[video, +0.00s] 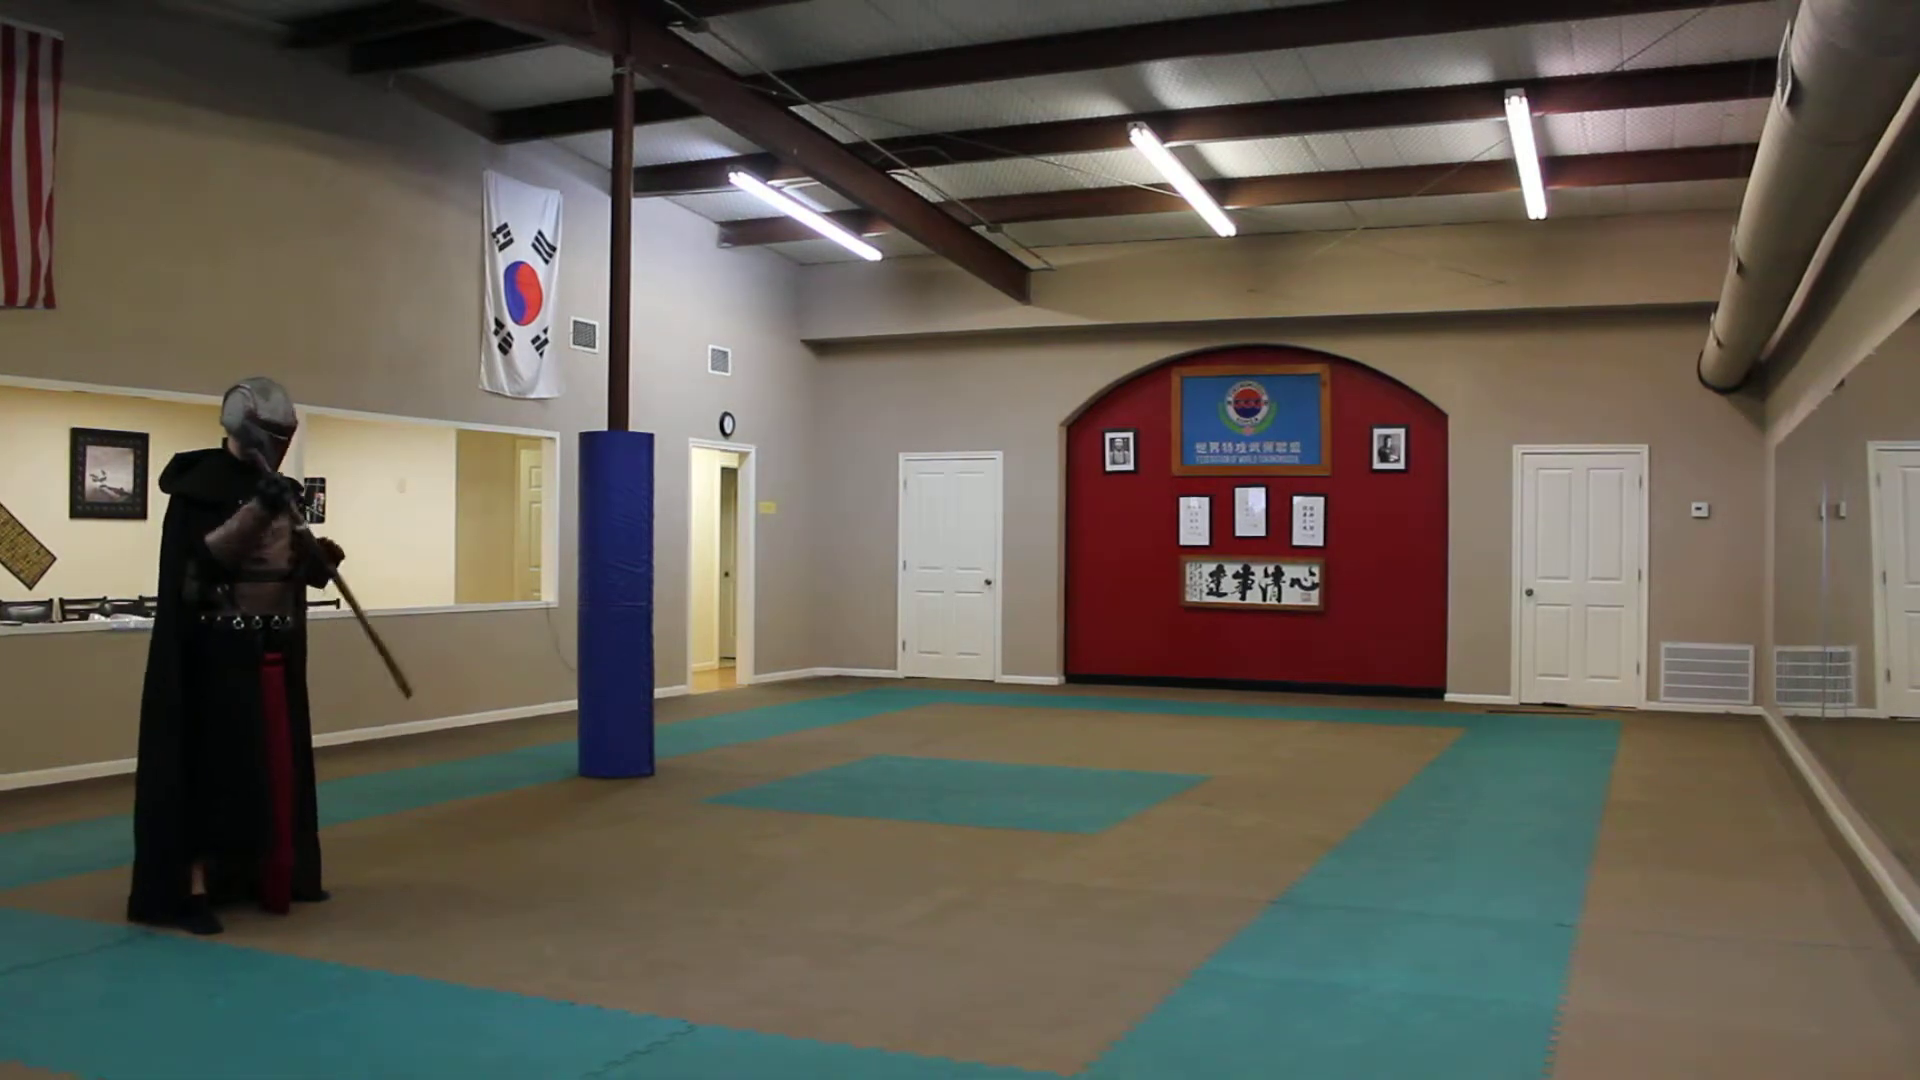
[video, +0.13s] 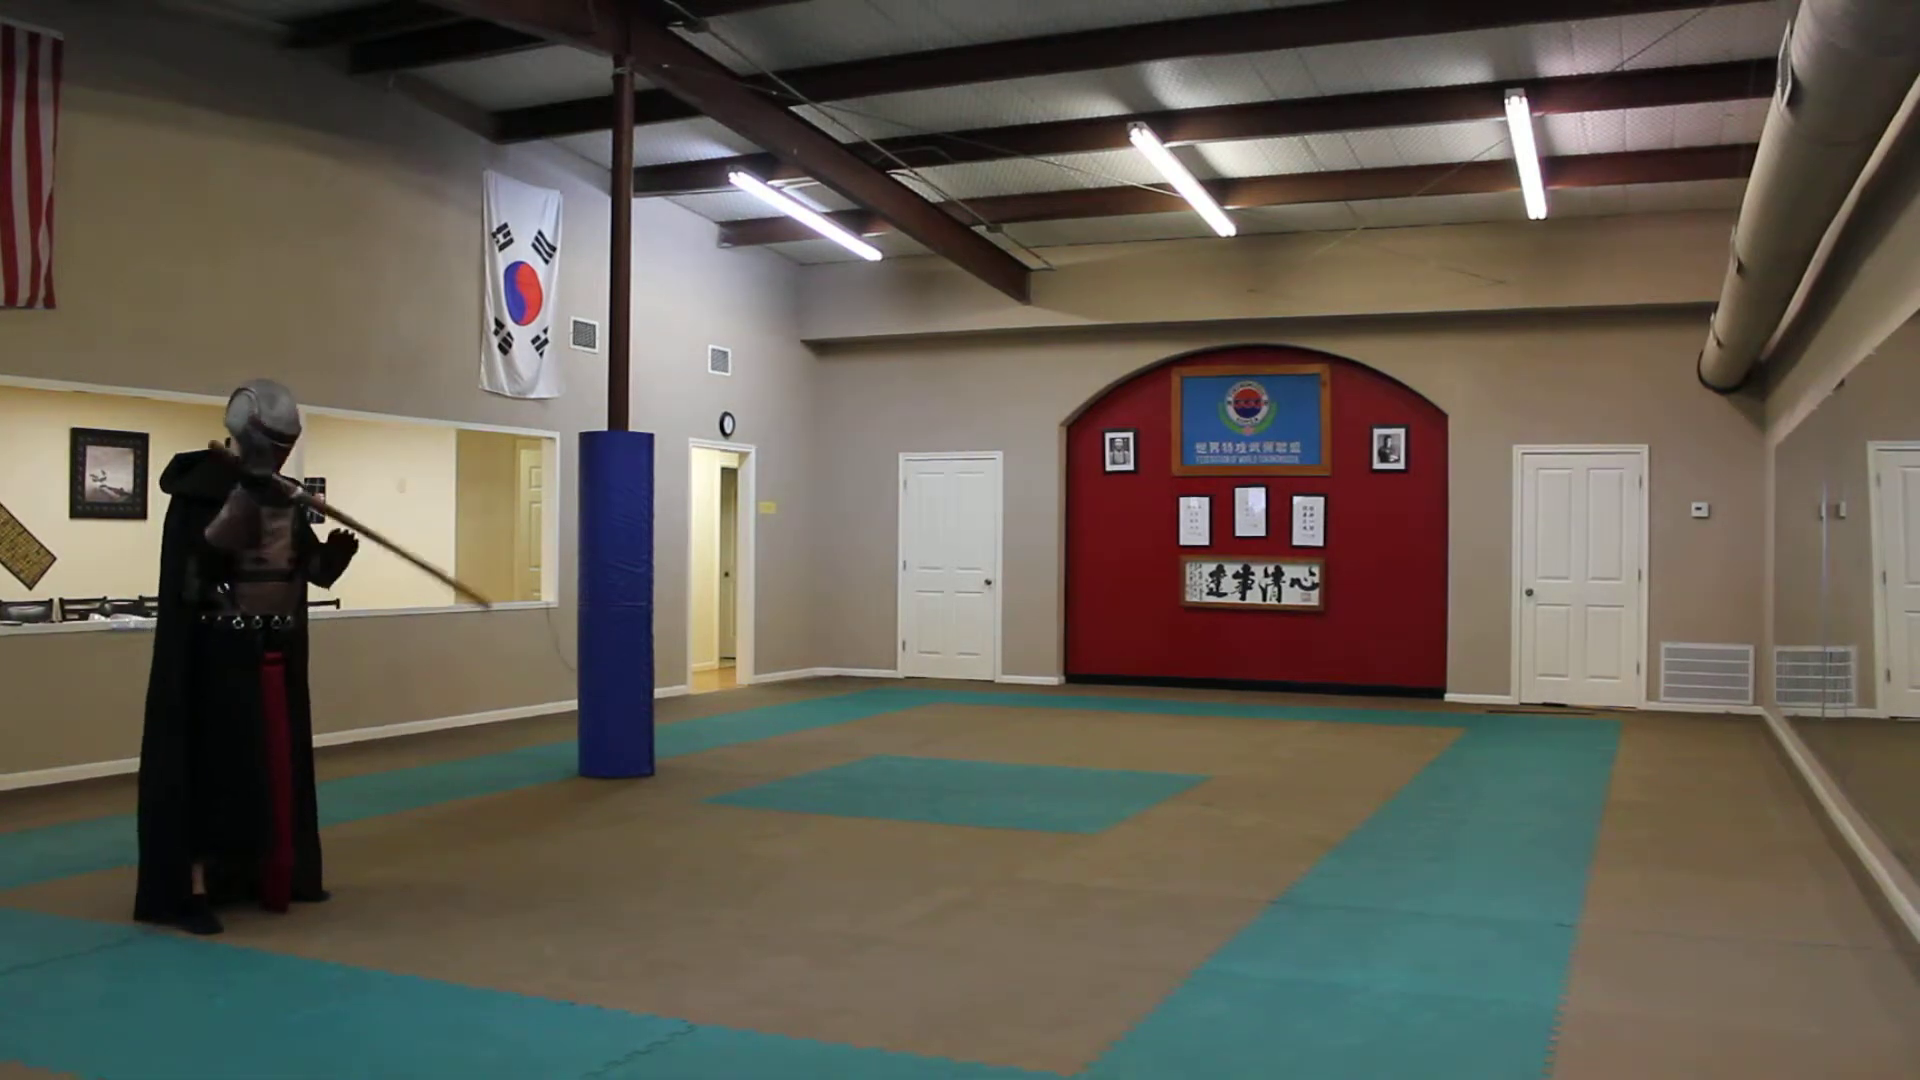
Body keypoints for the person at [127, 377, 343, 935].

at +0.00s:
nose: (285, 443)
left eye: (289, 433)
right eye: (277, 432)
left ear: (284, 433)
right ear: (242, 426)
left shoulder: (280, 491)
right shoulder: (204, 479)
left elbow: (285, 562)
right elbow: (195, 559)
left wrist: (316, 561)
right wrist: (260, 506)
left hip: (271, 644)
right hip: (211, 646)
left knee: (277, 760)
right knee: (203, 761)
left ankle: (275, 874)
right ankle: (188, 887)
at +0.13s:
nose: (278, 452)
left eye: (285, 441)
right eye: (270, 439)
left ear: (291, 440)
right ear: (239, 431)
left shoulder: (285, 494)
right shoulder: (203, 480)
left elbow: (310, 569)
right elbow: (203, 561)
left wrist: (331, 556)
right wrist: (248, 493)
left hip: (272, 647)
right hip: (212, 650)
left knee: (276, 764)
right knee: (200, 764)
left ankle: (275, 878)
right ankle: (184, 890)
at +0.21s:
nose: (281, 456)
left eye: (286, 446)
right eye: (273, 443)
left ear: (288, 442)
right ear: (246, 432)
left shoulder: (288, 490)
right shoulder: (202, 480)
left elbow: (300, 554)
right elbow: (212, 552)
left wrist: (327, 567)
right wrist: (241, 479)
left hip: (276, 646)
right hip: (217, 650)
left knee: (280, 764)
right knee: (213, 764)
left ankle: (280, 878)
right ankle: (195, 887)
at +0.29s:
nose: (279, 456)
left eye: (285, 446)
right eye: (273, 443)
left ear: (283, 442)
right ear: (250, 432)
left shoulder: (286, 494)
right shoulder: (203, 484)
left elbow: (305, 547)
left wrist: (325, 568)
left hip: (277, 654)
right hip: (216, 659)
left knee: (280, 767)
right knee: (216, 768)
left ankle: (277, 880)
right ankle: (200, 887)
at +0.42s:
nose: (286, 453)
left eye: (289, 443)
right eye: (280, 442)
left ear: (283, 441)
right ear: (249, 433)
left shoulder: (285, 491)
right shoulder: (203, 485)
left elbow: (306, 546)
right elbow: (210, 547)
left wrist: (326, 570)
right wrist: (227, 473)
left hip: (276, 653)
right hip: (212, 657)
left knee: (279, 767)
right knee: (206, 770)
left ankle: (275, 883)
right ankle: (186, 895)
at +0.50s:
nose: (282, 452)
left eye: (287, 442)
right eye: (275, 440)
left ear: (287, 439)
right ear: (246, 431)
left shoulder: (287, 492)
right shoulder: (205, 486)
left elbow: (307, 545)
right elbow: (207, 561)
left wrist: (325, 567)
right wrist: (219, 474)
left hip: (277, 651)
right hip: (215, 657)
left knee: (280, 767)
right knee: (210, 769)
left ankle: (276, 882)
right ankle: (192, 893)